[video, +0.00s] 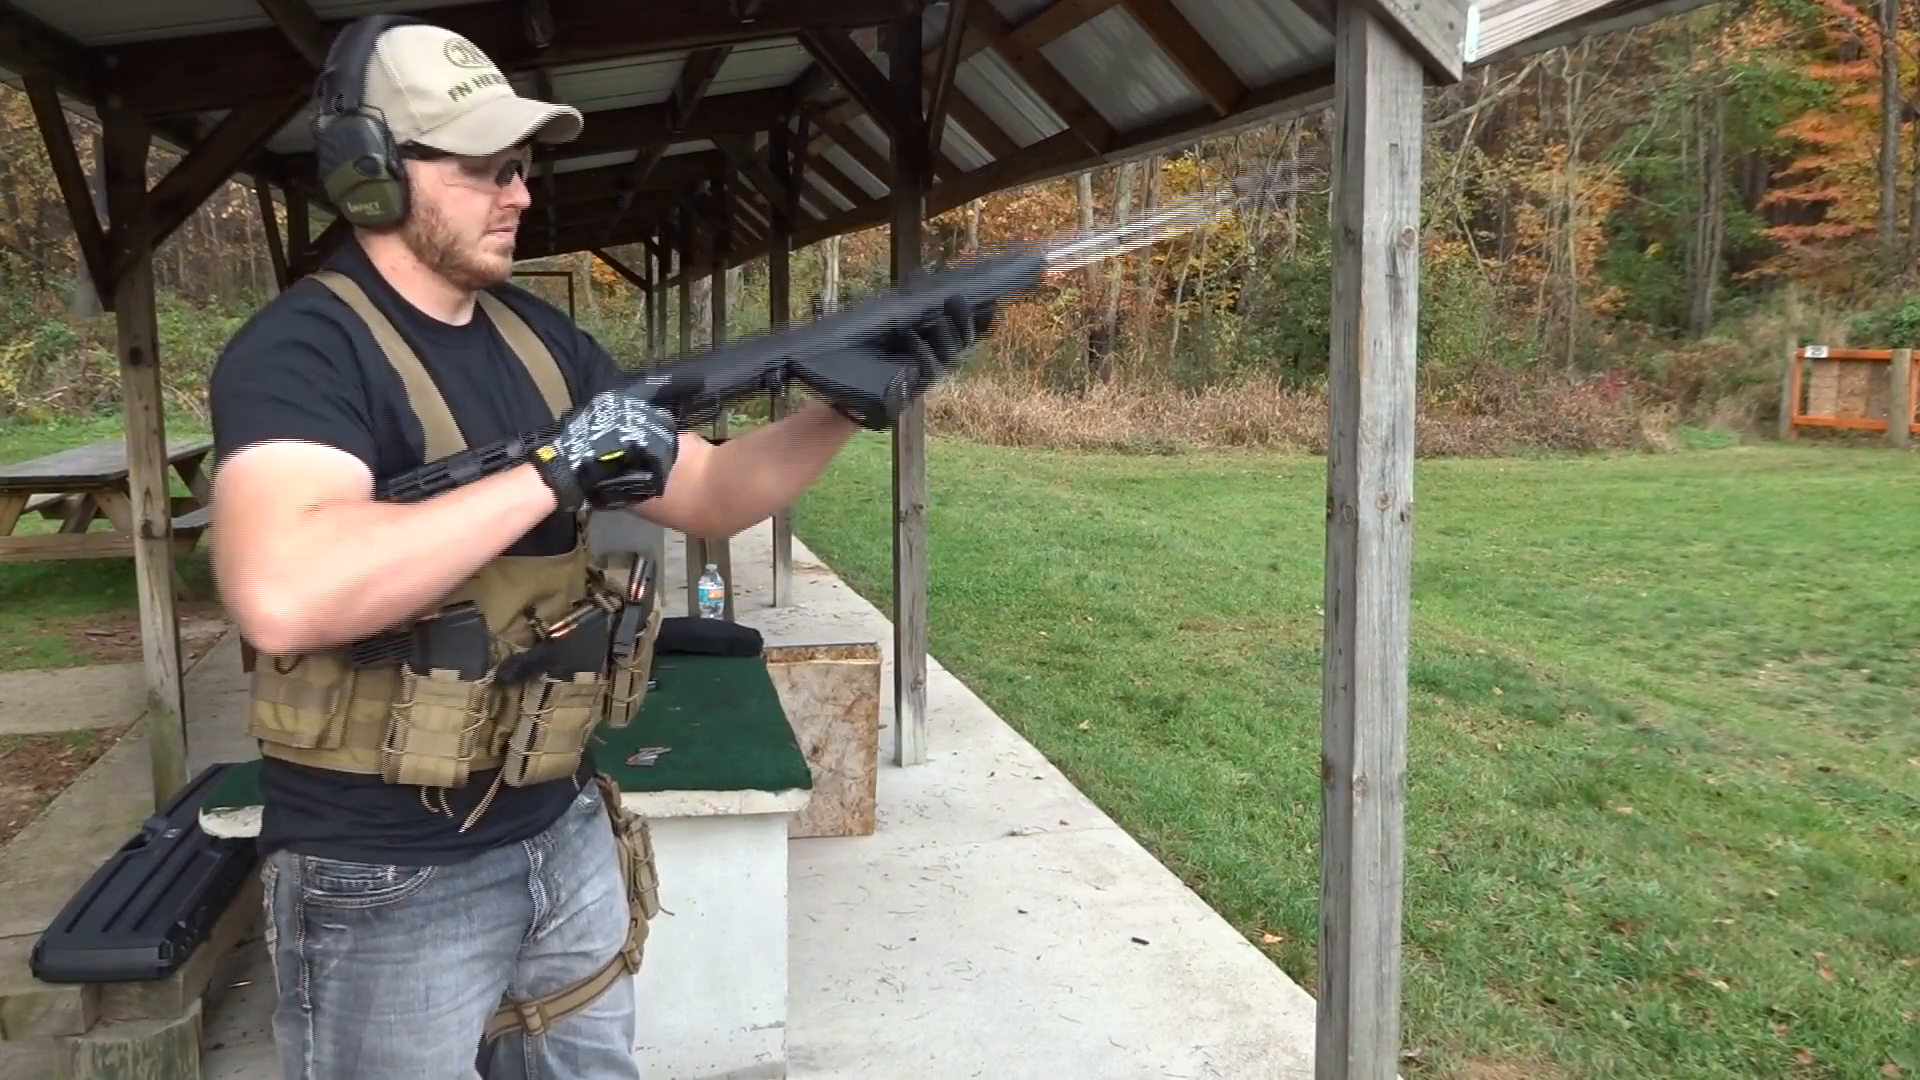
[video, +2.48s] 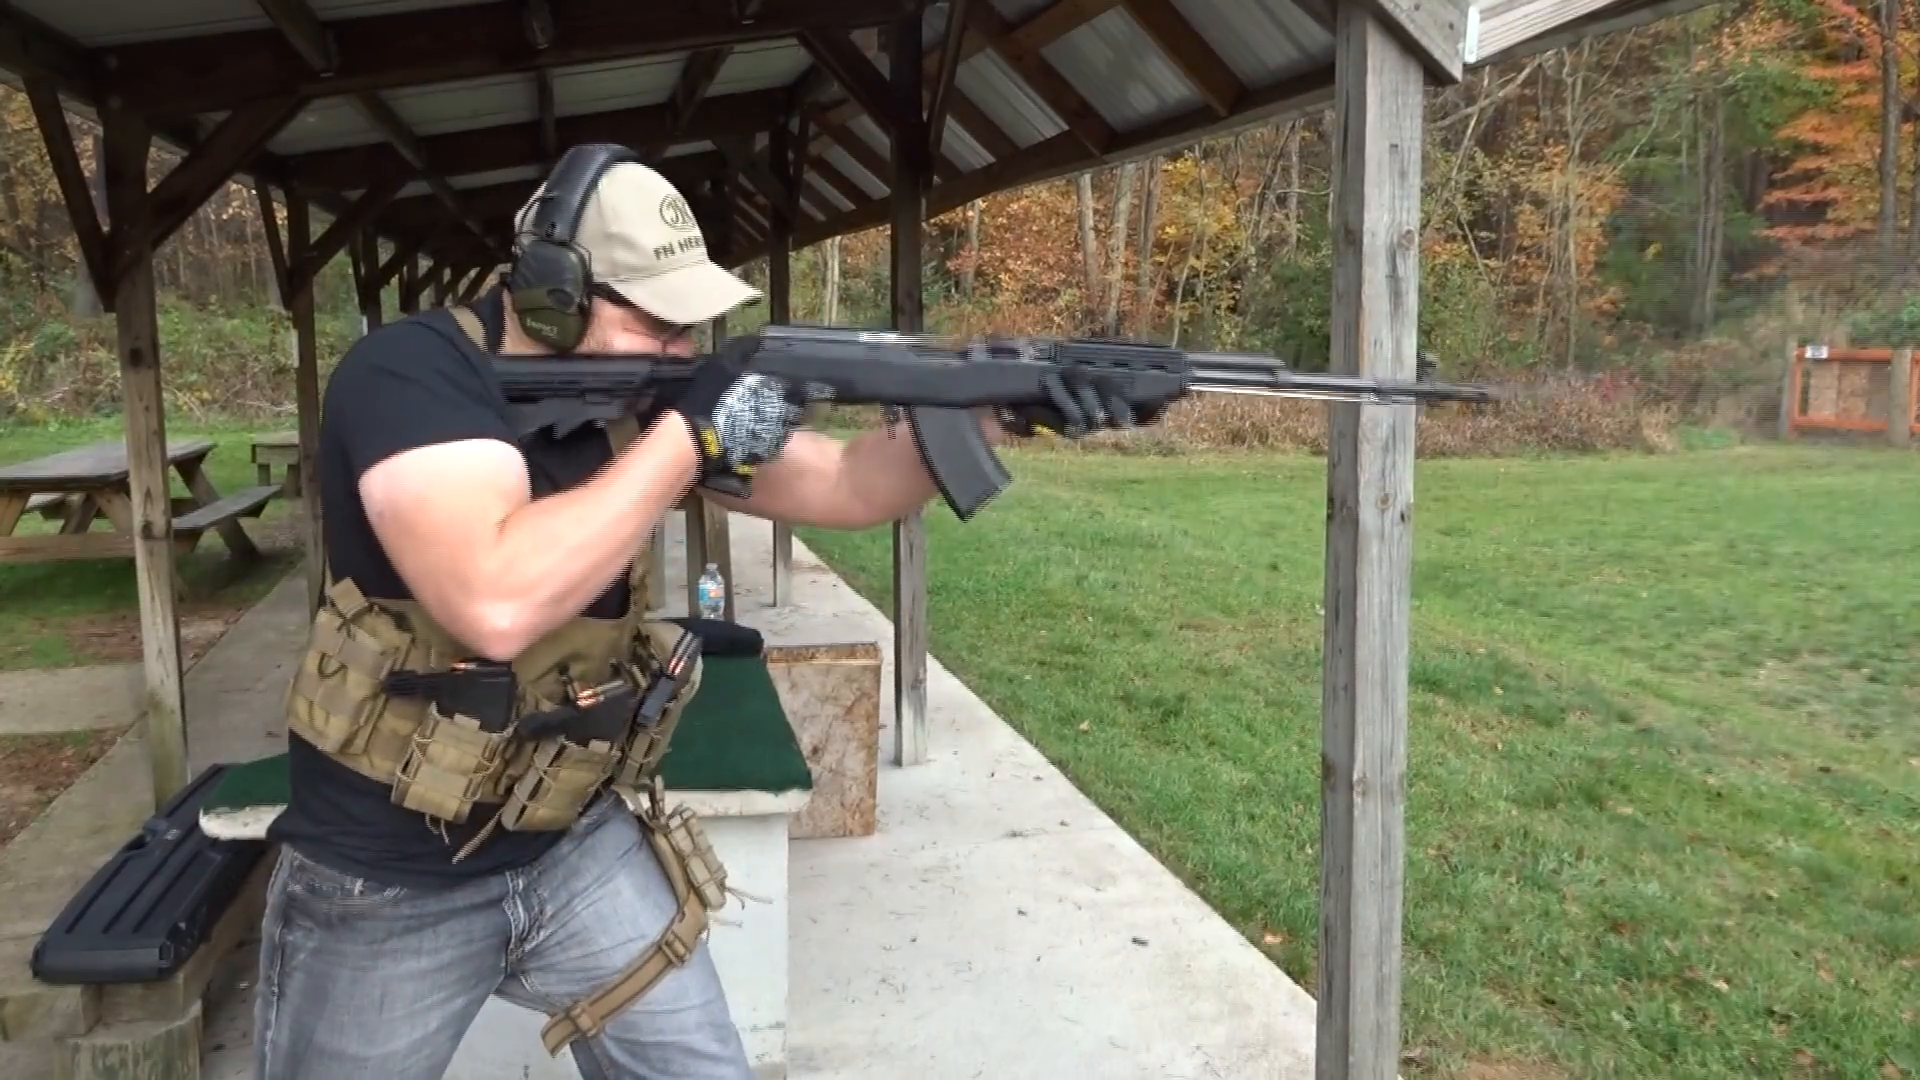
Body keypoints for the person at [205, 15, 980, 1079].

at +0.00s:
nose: (521, 195)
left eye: (520, 165)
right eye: (482, 171)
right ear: (375, 180)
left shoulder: (540, 336)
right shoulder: (299, 353)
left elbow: (707, 493)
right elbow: (285, 596)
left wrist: (847, 400)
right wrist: (558, 469)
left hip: (564, 839)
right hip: (388, 888)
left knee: (594, 1065)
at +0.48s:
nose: (615, 224)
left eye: (613, 197)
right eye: (585, 196)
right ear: (473, 197)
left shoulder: (596, 375)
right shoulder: (358, 352)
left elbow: (684, 573)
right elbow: (254, 584)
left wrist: (821, 654)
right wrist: (567, 576)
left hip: (580, 842)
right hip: (390, 889)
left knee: (676, 1066)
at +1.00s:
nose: (861, 301)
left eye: (861, 276)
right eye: (839, 274)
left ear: (767, 274)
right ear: (748, 269)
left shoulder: (800, 440)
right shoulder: (602, 376)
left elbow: (862, 619)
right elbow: (595, 582)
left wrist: (986, 706)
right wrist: (847, 627)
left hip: (666, 838)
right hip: (476, 851)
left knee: (762, 1067)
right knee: (399, 1067)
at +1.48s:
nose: (714, 334)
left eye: (717, 311)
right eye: (690, 312)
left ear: (632, 298)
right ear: (594, 290)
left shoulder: (672, 404)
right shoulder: (445, 383)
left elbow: (881, 478)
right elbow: (550, 612)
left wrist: (1053, 402)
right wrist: (725, 440)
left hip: (589, 842)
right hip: (393, 879)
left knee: (713, 1074)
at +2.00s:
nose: (689, 344)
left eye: (696, 321)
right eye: (664, 319)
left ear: (682, 300)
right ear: (567, 296)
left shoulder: (644, 402)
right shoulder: (417, 377)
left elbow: (863, 480)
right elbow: (514, 602)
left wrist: (1036, 400)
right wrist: (704, 431)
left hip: (587, 842)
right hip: (390, 880)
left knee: (707, 1070)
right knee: (325, 1079)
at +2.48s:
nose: (674, 348)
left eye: (682, 327)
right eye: (650, 323)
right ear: (554, 297)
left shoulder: (633, 395)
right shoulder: (403, 379)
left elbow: (845, 482)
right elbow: (496, 601)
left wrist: (1016, 402)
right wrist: (684, 430)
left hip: (582, 840)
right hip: (386, 881)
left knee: (703, 1064)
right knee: (326, 1071)